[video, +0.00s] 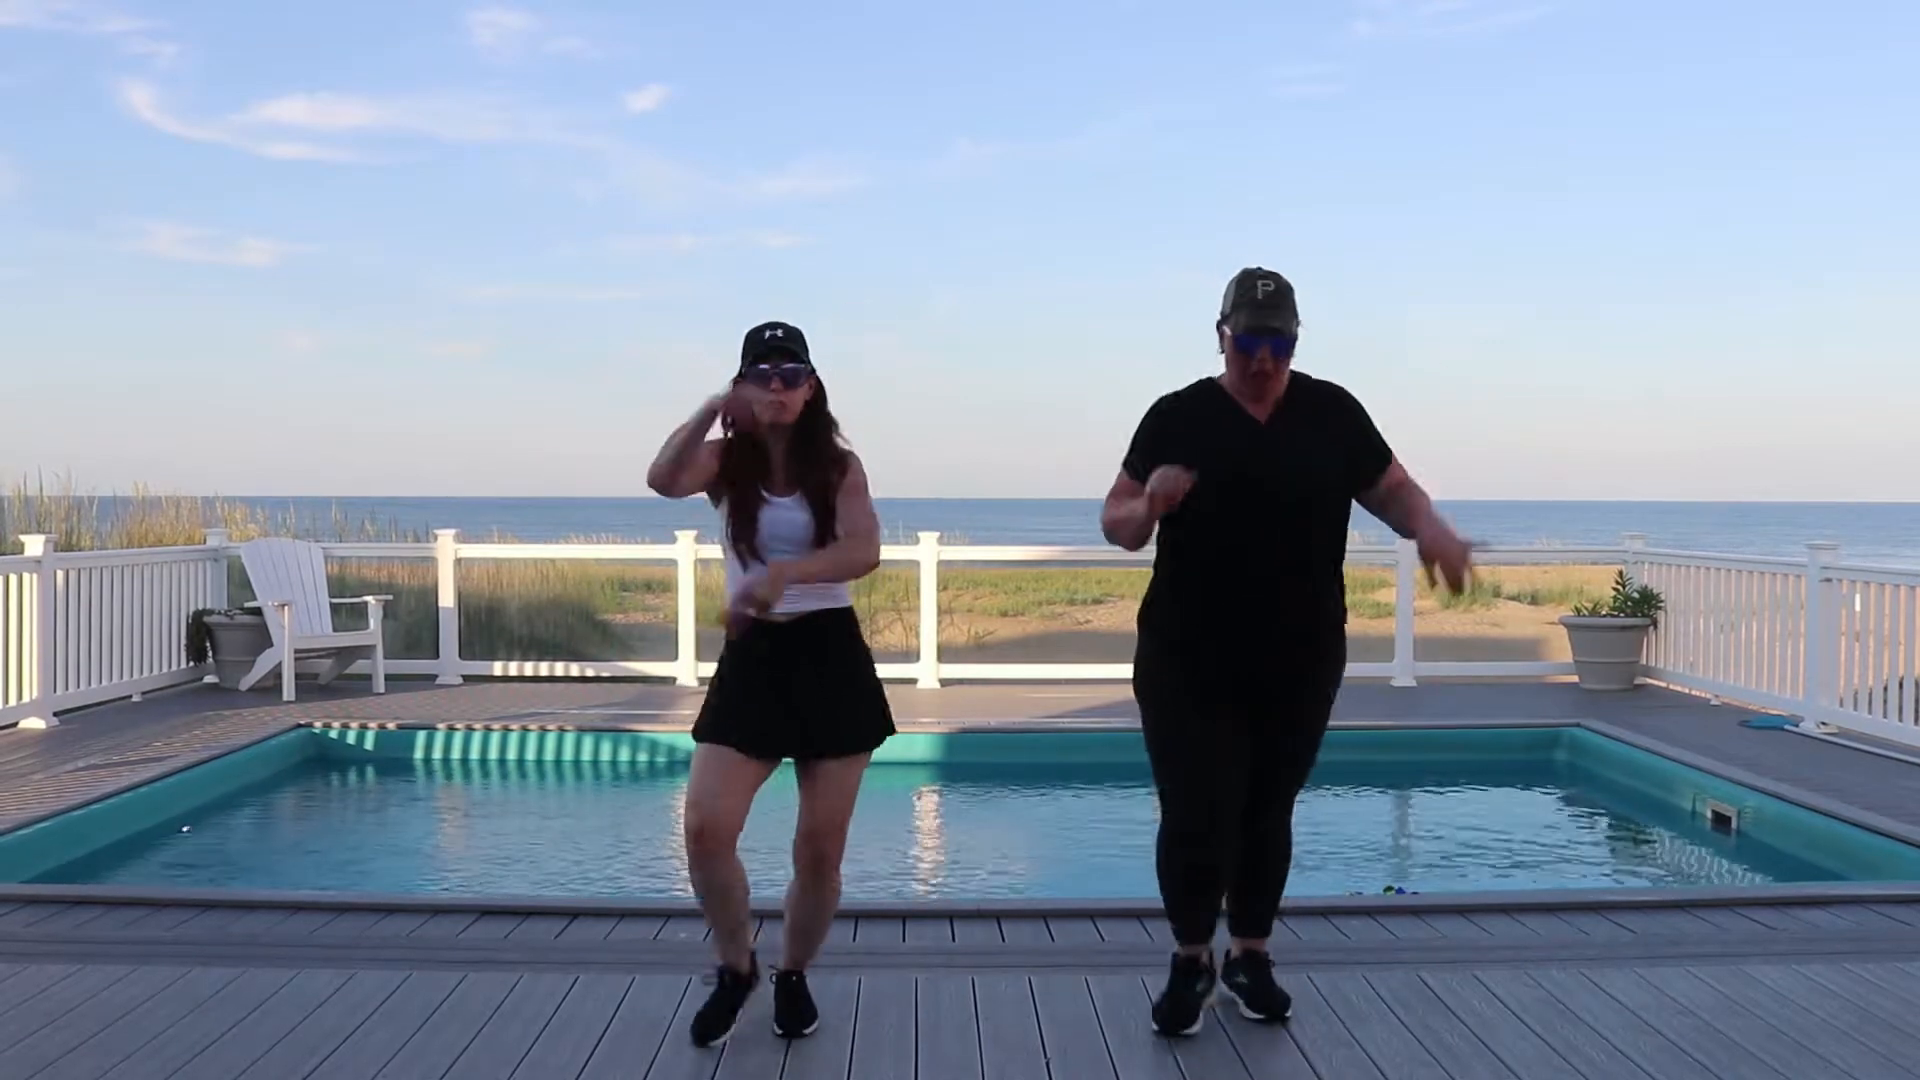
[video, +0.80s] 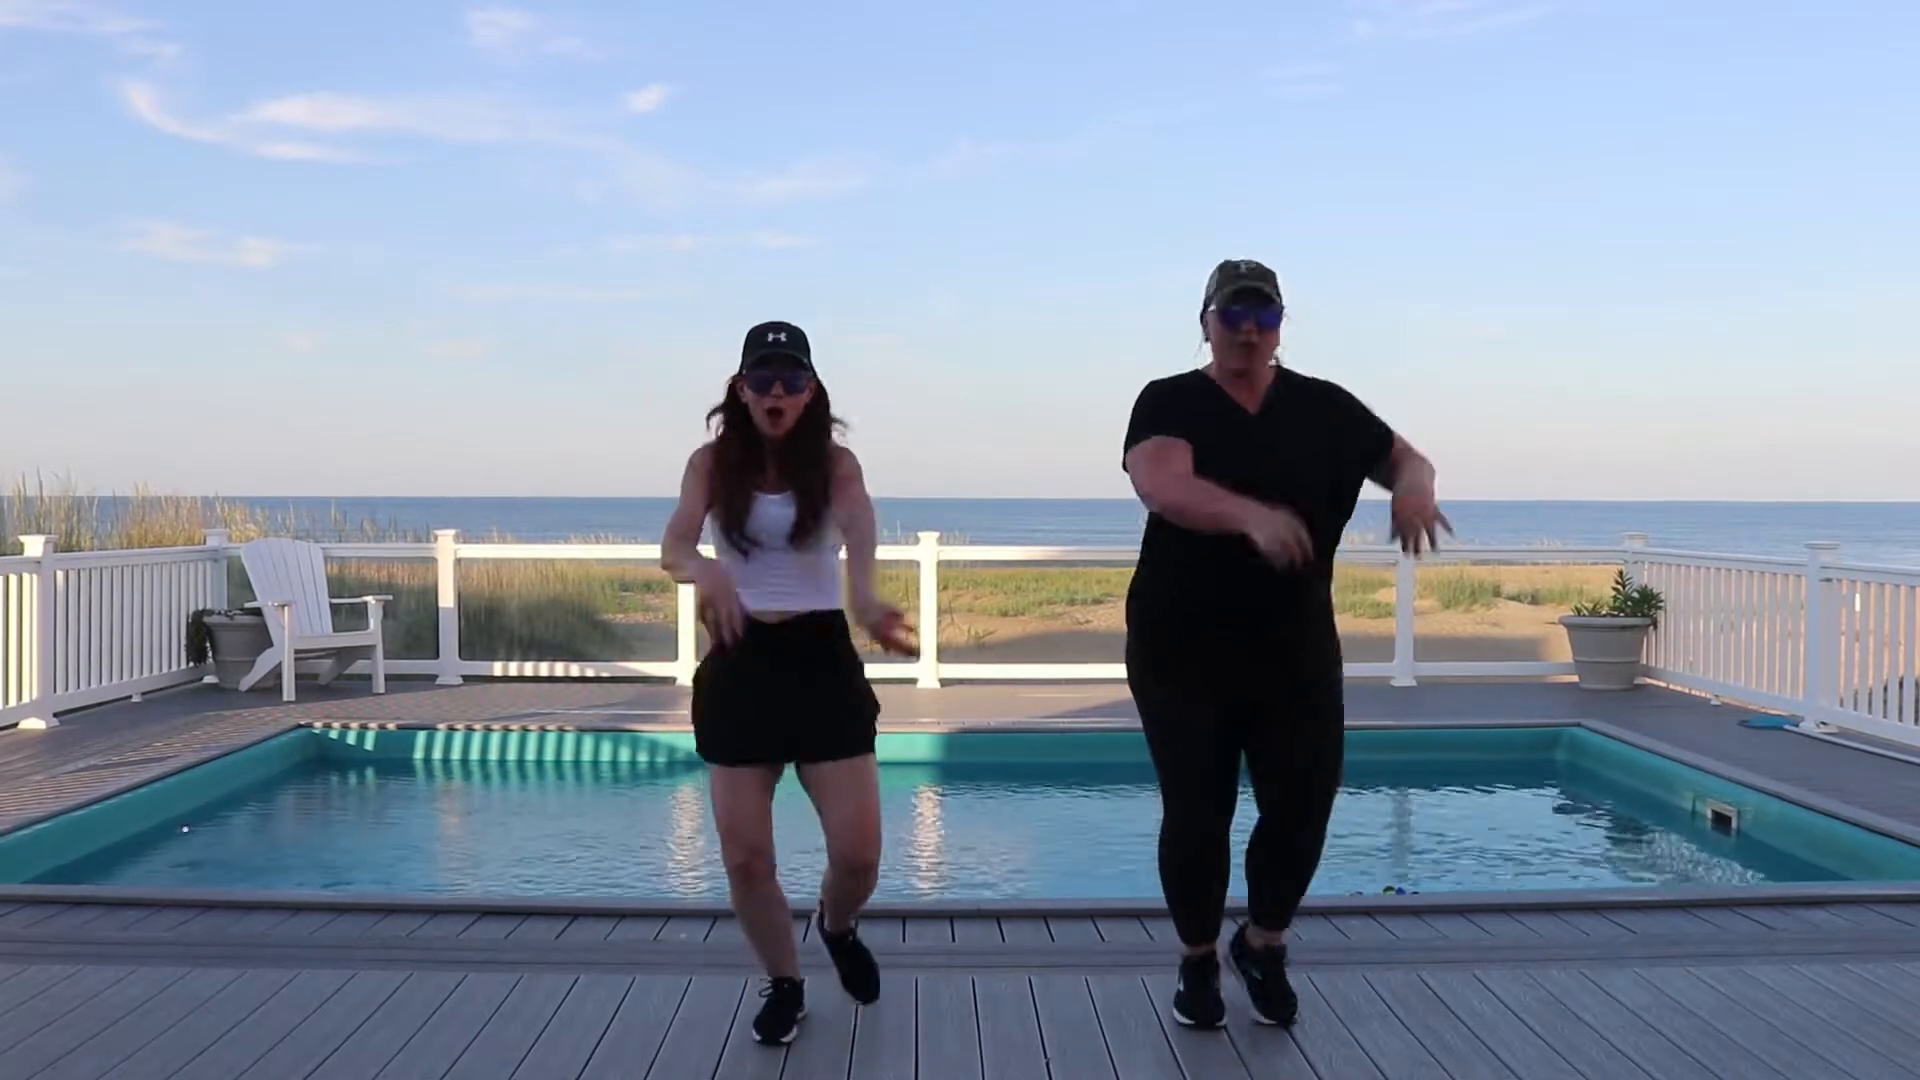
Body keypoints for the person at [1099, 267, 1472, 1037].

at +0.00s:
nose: (1264, 359)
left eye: (1278, 344)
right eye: (1249, 343)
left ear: (1296, 338)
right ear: (1223, 335)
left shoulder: (1333, 413)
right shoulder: (1176, 417)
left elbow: (1392, 490)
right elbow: (1120, 528)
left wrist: (1431, 527)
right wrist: (1148, 505)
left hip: (1298, 656)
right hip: (1189, 654)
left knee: (1268, 808)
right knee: (1194, 808)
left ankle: (1250, 956)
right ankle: (1192, 958)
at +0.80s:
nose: (1249, 323)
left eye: (1263, 312)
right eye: (1233, 311)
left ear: (1281, 325)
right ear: (1207, 323)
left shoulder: (1326, 407)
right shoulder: (1169, 401)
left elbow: (1409, 464)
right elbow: (1164, 488)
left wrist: (1415, 490)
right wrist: (1251, 516)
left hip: (1295, 651)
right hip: (1184, 651)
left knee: (1302, 808)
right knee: (1198, 813)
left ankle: (1263, 944)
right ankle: (1199, 958)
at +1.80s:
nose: (1286, 329)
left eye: (1299, 319)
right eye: (1270, 318)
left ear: (1315, 332)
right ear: (1239, 330)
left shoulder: (1356, 411)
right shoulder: (1203, 411)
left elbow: (1402, 503)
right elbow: (1193, 493)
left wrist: (1302, 526)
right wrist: (1242, 402)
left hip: (1331, 659)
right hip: (1225, 658)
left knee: (1308, 815)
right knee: (1232, 818)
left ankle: (1284, 959)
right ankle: (1220, 989)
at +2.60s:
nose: (1268, 327)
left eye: (1282, 316)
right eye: (1252, 316)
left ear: (1299, 331)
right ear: (1223, 330)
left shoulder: (1339, 416)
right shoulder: (1185, 418)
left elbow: (1394, 497)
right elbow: (1166, 509)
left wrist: (1329, 406)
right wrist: (1260, 476)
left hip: (1298, 658)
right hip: (1184, 661)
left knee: (1314, 824)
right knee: (1197, 819)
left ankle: (1311, 995)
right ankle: (1203, 976)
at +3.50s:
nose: (1286, 364)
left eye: (1298, 350)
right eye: (1271, 349)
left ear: (1313, 340)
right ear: (1238, 339)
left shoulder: (1353, 409)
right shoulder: (1195, 408)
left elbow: (1409, 489)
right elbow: (1179, 470)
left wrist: (1307, 498)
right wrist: (1230, 384)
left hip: (1327, 667)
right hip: (1216, 665)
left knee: (1301, 823)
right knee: (1222, 825)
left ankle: (1278, 974)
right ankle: (1214, 1000)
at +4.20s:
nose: (1269, 318)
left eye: (1284, 306)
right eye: (1254, 305)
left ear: (1304, 316)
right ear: (1229, 314)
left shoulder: (1346, 399)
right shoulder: (1186, 396)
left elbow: (1421, 475)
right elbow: (1165, 460)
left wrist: (1329, 488)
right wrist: (1264, 451)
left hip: (1321, 652)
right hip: (1206, 650)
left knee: (1306, 818)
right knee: (1211, 817)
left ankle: (1285, 966)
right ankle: (1220, 968)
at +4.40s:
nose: (1273, 321)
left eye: (1287, 312)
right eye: (1259, 309)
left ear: (1303, 331)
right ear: (1228, 324)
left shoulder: (1342, 418)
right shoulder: (1186, 414)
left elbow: (1420, 475)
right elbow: (1163, 505)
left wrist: (1377, 379)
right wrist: (1287, 520)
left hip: (1313, 664)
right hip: (1199, 664)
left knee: (1318, 828)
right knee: (1210, 830)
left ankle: (1344, 1003)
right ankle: (1222, 974)